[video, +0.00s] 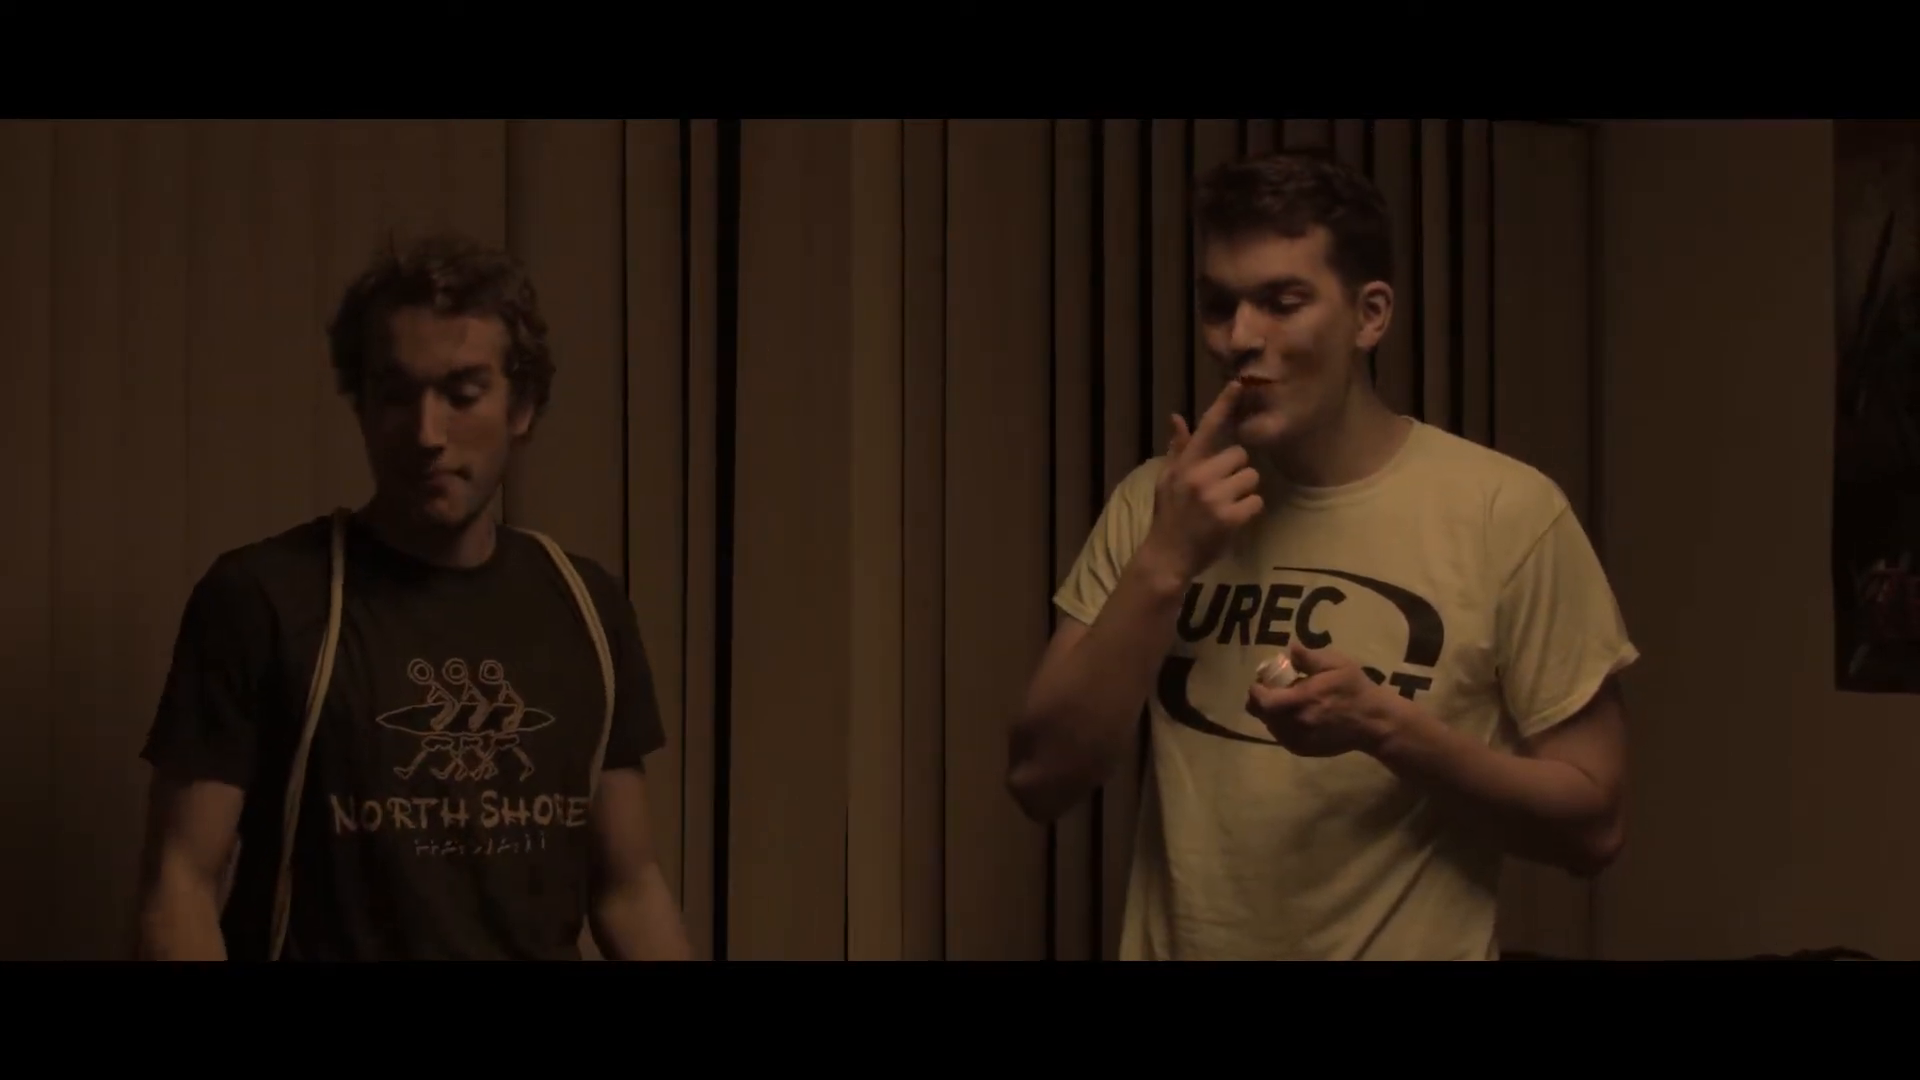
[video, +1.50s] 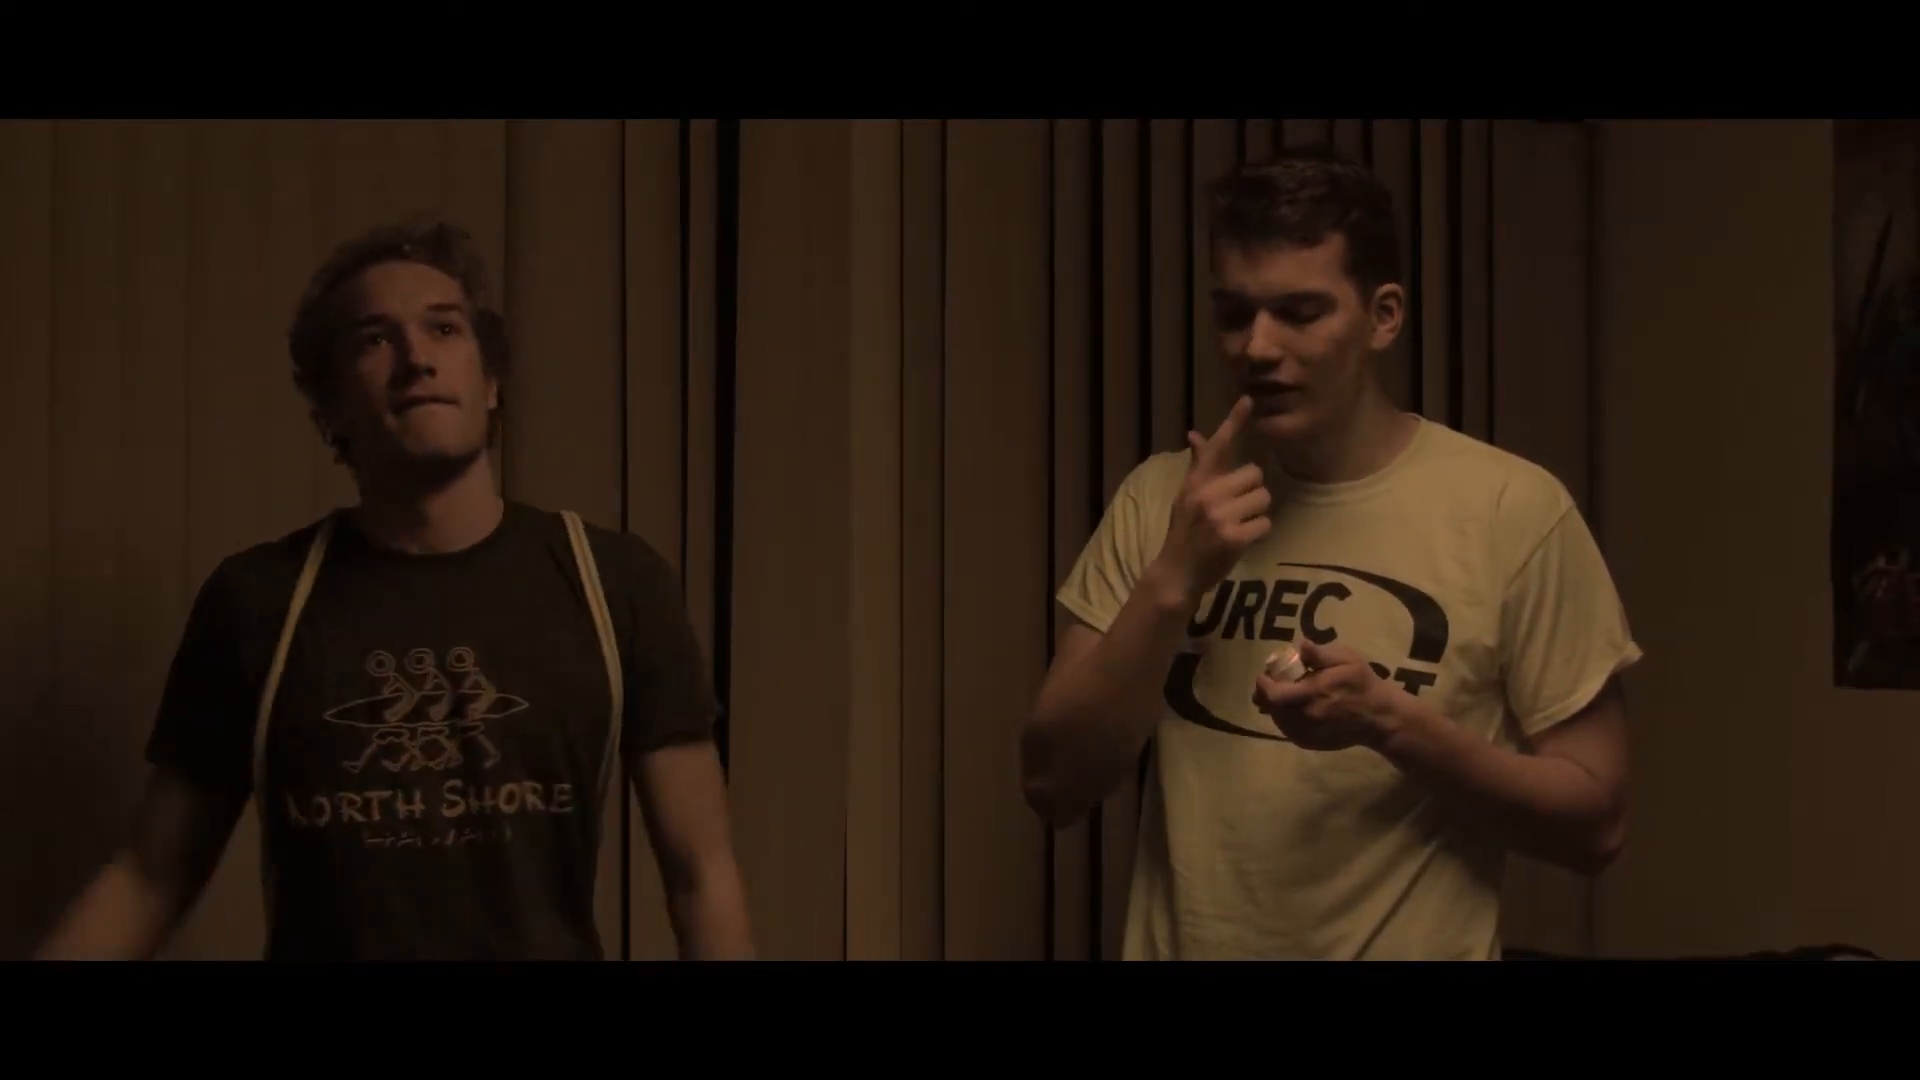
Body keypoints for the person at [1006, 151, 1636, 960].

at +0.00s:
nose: (1241, 340)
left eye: (1283, 302)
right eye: (1220, 306)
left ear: (1371, 314)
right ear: (1202, 316)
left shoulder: (1507, 516)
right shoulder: (1155, 504)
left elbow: (1594, 822)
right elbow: (1040, 779)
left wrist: (1386, 725)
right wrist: (1163, 559)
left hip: (1411, 947)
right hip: (1173, 942)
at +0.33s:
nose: (1235, 339)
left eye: (1280, 305)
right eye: (1220, 305)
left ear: (1372, 316)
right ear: (1202, 313)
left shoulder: (1510, 514)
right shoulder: (1157, 499)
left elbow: (1596, 821)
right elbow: (1042, 774)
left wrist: (1391, 722)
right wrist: (1169, 556)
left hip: (1412, 949)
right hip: (1175, 943)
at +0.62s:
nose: (1244, 342)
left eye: (1284, 306)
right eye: (1225, 308)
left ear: (1377, 313)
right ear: (1206, 315)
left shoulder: (1513, 514)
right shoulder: (1160, 500)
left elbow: (1596, 820)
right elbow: (1044, 774)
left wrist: (1392, 721)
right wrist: (1169, 555)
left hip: (1415, 950)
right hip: (1177, 945)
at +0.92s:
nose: (1240, 341)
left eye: (1284, 308)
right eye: (1224, 308)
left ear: (1375, 317)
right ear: (1204, 311)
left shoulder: (1514, 514)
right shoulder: (1159, 500)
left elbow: (1596, 820)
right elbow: (1046, 775)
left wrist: (1394, 721)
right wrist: (1174, 556)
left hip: (1416, 949)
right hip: (1179, 944)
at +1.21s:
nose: (1246, 343)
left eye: (1286, 307)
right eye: (1228, 309)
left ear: (1379, 312)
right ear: (1211, 315)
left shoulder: (1515, 514)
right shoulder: (1161, 501)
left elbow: (1596, 819)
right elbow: (1051, 779)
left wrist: (1394, 720)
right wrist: (1177, 561)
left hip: (1414, 947)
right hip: (1177, 943)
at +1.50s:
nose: (1258, 348)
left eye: (1300, 311)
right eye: (1235, 315)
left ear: (1384, 316)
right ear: (1215, 320)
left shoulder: (1514, 514)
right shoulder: (1158, 500)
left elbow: (1596, 818)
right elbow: (1054, 784)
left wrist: (1390, 720)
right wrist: (1173, 576)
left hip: (1413, 950)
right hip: (1176, 946)